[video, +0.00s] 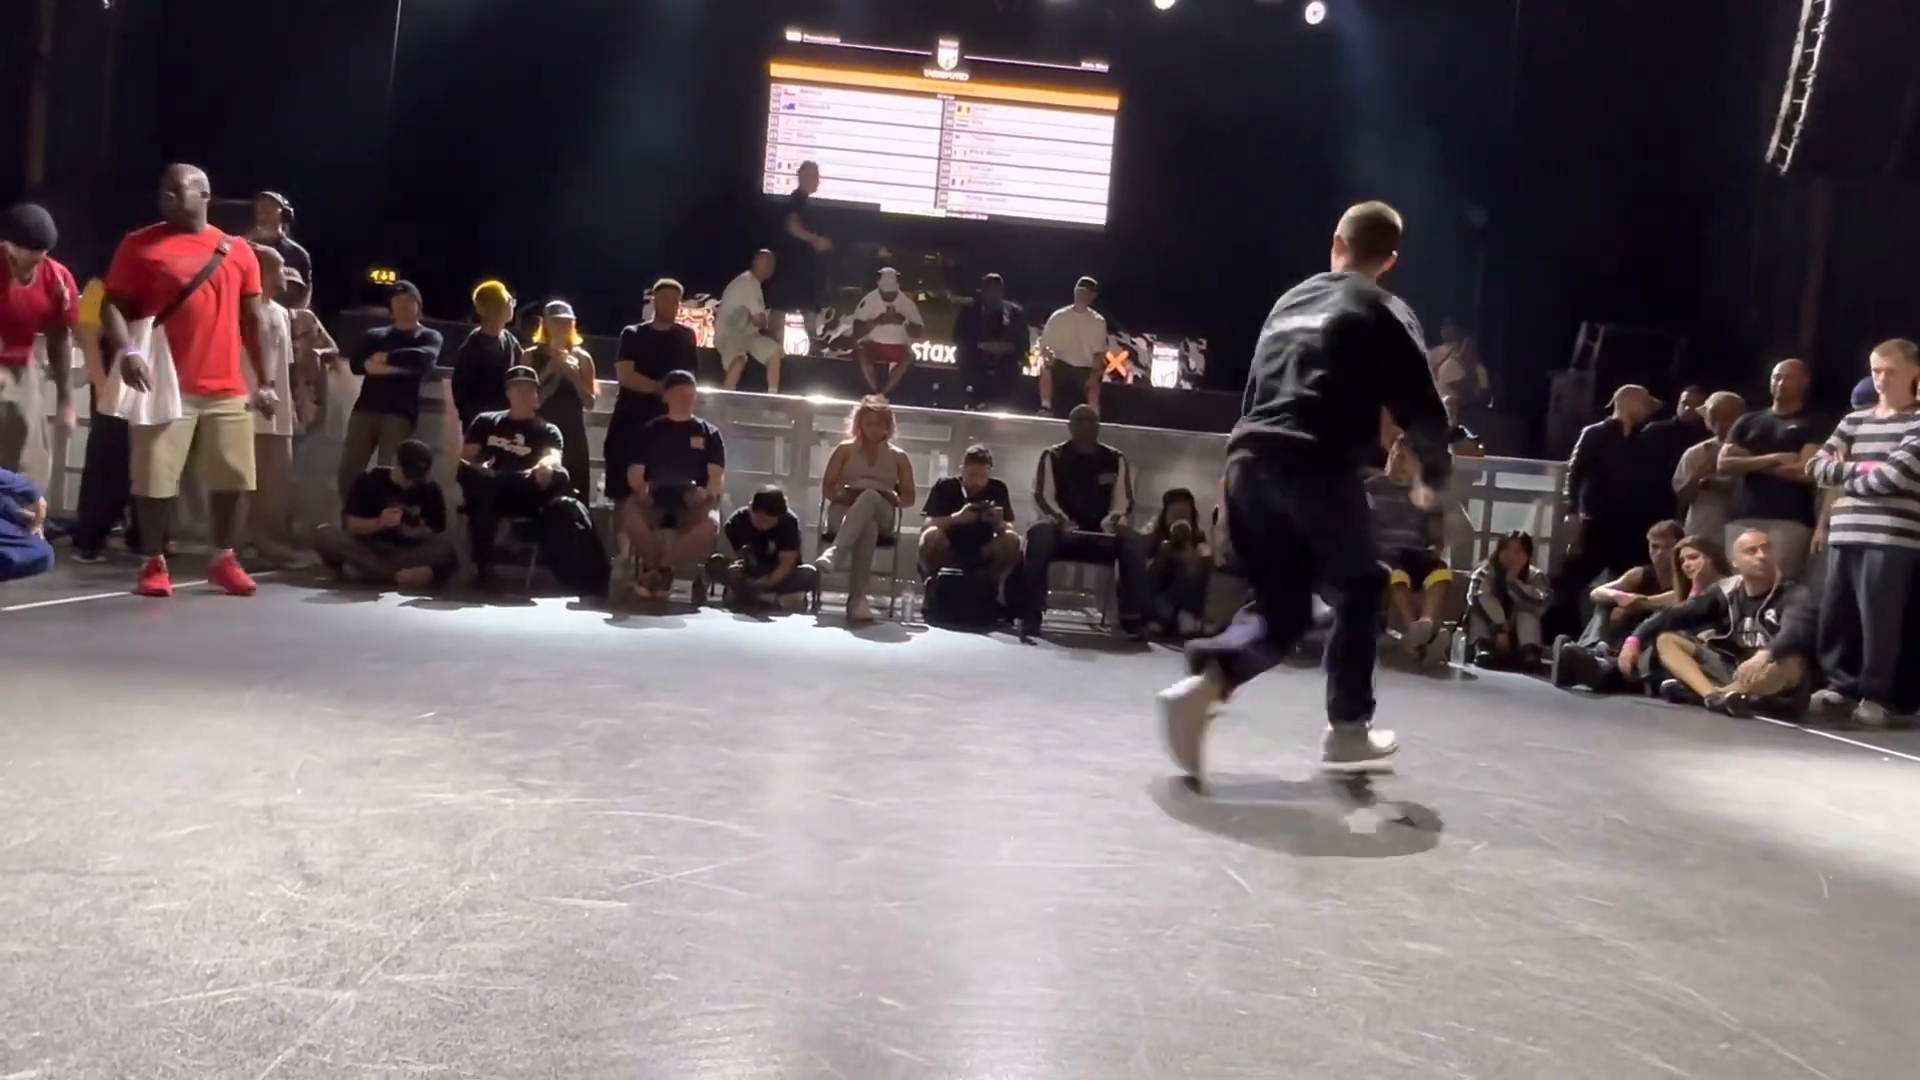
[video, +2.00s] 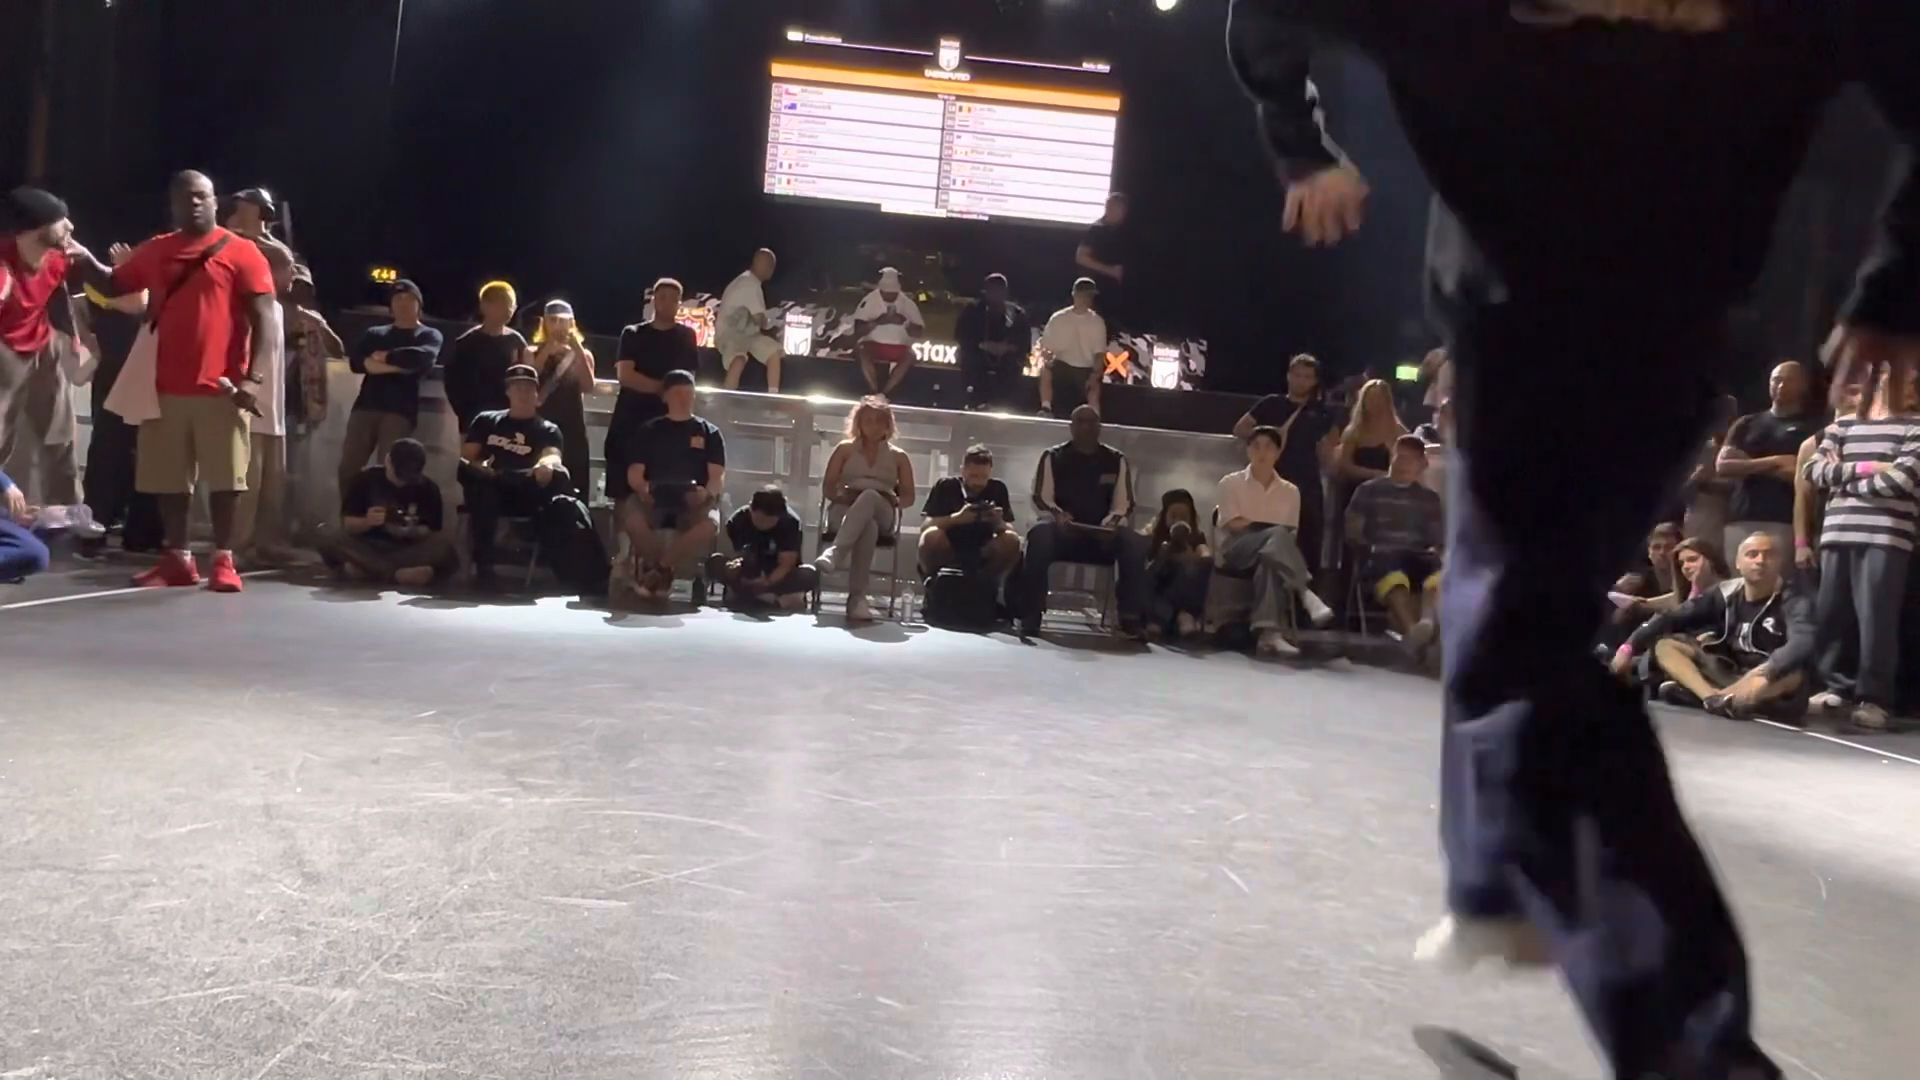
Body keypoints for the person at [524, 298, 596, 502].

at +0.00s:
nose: (562, 326)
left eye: (567, 321)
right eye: (556, 320)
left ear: (573, 324)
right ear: (545, 323)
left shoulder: (583, 358)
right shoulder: (531, 356)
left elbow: (589, 402)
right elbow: (529, 400)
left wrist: (573, 374)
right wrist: (553, 370)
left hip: (572, 431)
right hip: (540, 431)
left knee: (576, 492)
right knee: (538, 492)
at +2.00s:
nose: (558, 326)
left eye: (564, 320)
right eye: (553, 320)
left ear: (571, 323)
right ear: (544, 323)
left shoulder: (583, 355)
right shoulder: (532, 352)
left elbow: (588, 386)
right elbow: (526, 383)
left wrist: (577, 351)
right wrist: (545, 354)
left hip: (571, 424)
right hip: (540, 423)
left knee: (576, 481)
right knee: (539, 479)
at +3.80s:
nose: (538, 334)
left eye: (543, 329)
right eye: (532, 329)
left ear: (551, 336)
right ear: (523, 336)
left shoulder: (559, 367)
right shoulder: (511, 366)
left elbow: (567, 394)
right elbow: (504, 396)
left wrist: (556, 357)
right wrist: (524, 362)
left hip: (551, 440)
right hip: (520, 438)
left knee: (557, 499)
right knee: (519, 497)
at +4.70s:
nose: (533, 362)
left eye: (538, 357)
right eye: (528, 357)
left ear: (546, 363)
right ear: (519, 363)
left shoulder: (554, 391)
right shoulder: (514, 390)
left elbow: (565, 397)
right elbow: (504, 397)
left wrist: (550, 361)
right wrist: (521, 360)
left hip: (550, 458)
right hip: (521, 459)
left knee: (558, 514)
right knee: (522, 512)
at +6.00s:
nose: (546, 369)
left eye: (551, 364)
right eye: (540, 363)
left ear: (559, 367)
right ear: (531, 367)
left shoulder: (566, 395)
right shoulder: (524, 394)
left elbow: (577, 410)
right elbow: (513, 415)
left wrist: (564, 375)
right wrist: (530, 379)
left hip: (562, 465)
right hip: (532, 465)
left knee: (570, 523)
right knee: (532, 521)